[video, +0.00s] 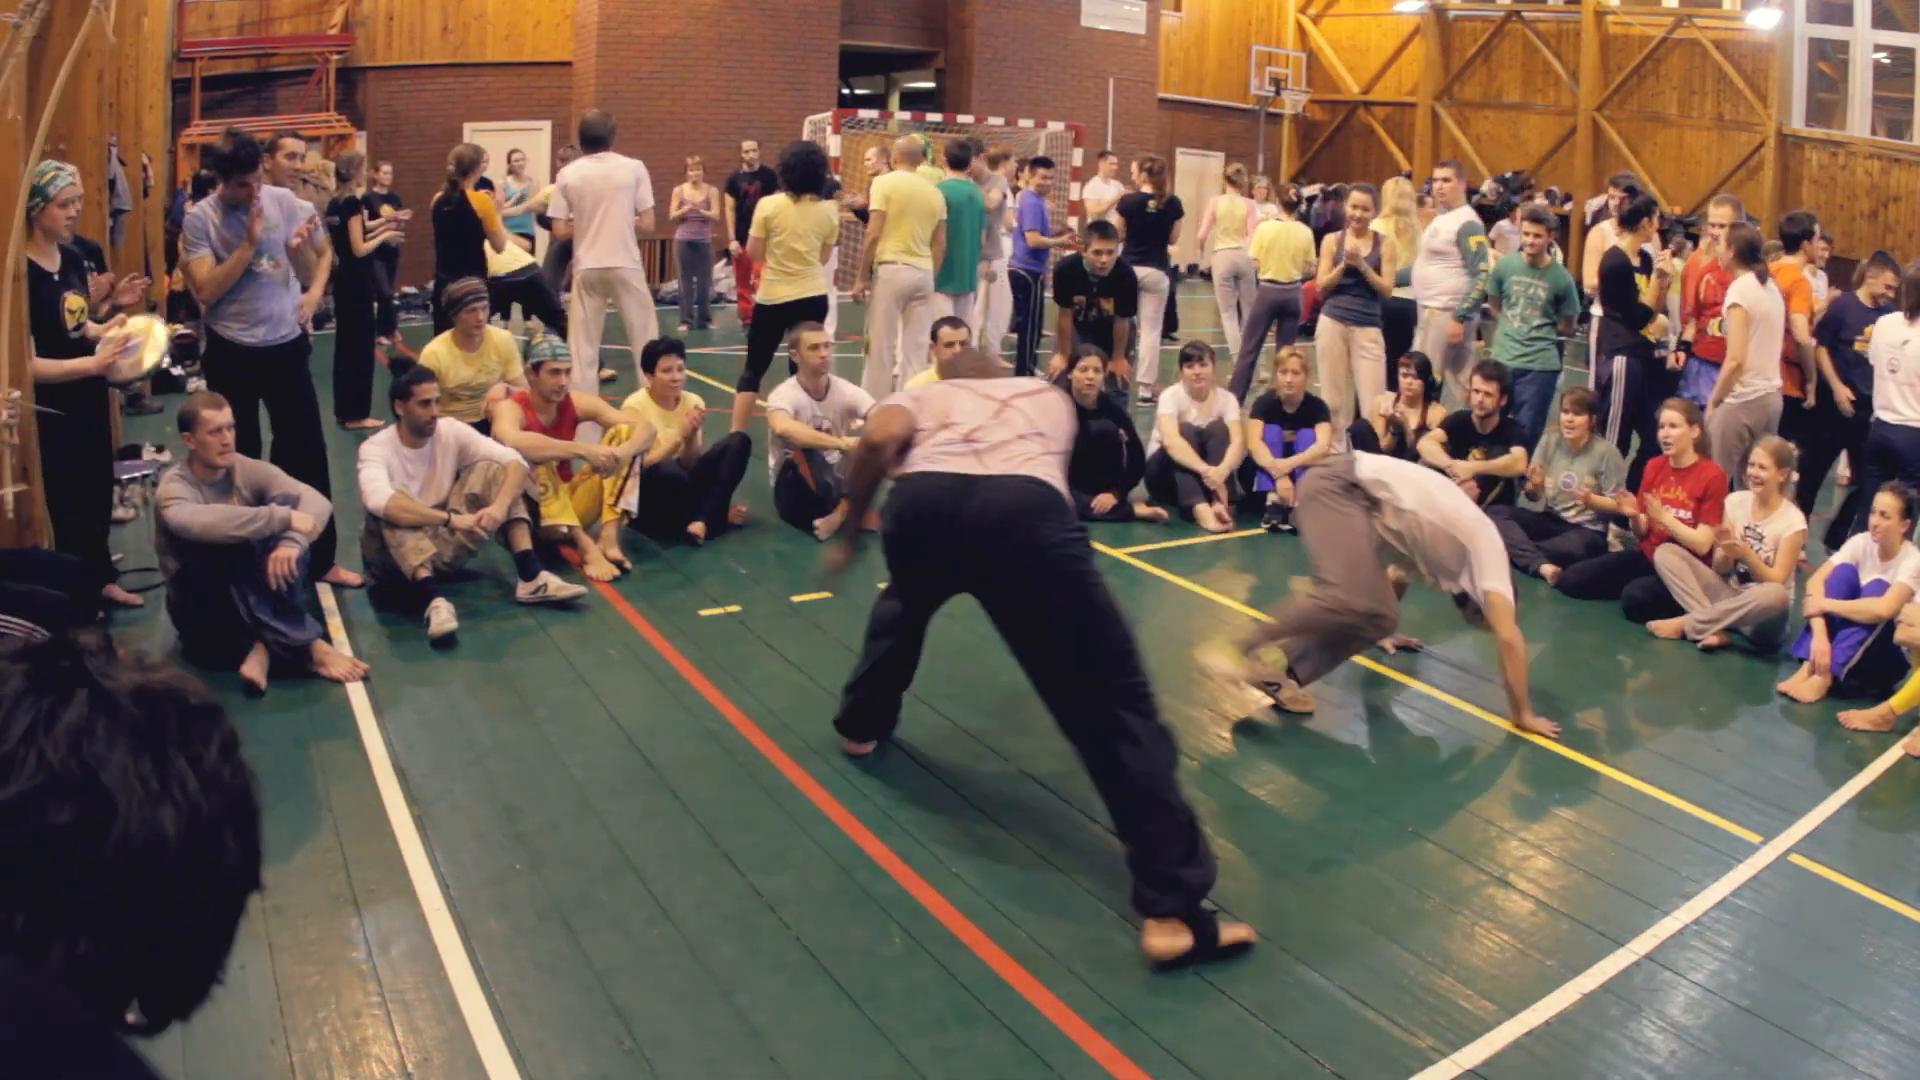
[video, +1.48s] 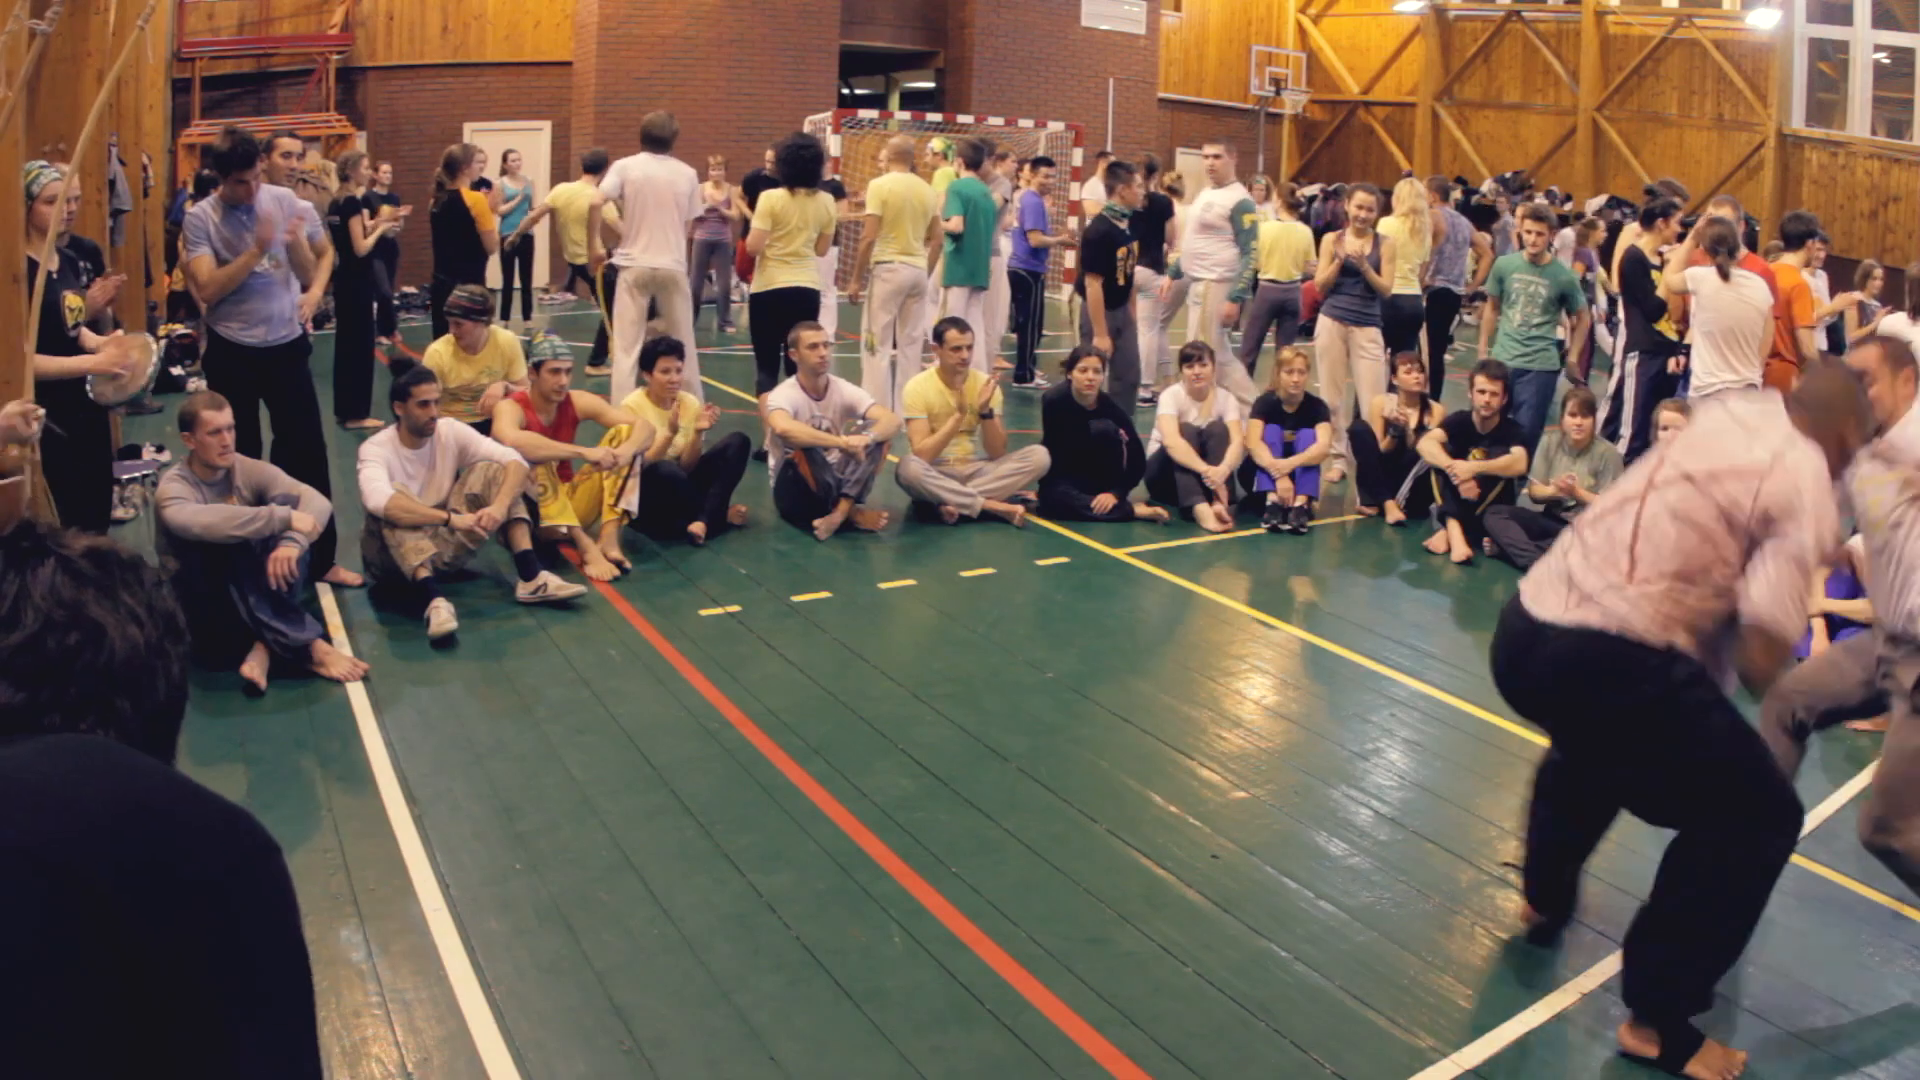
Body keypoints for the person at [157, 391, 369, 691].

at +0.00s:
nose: (227, 439)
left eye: (230, 429)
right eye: (215, 432)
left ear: (236, 429)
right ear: (190, 440)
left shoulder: (247, 469)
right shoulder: (174, 487)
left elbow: (316, 501)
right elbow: (191, 523)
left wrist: (292, 543)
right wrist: (283, 517)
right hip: (211, 617)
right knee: (213, 545)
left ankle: (264, 646)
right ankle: (310, 645)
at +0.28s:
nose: (228, 440)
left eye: (230, 429)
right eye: (215, 433)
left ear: (236, 429)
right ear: (189, 440)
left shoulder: (247, 469)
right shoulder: (174, 488)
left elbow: (316, 501)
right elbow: (192, 523)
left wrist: (292, 543)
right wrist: (283, 518)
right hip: (210, 615)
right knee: (216, 545)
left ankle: (264, 645)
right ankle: (311, 645)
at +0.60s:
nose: (228, 440)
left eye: (230, 429)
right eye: (215, 433)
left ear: (236, 429)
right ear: (189, 440)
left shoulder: (247, 469)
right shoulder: (175, 486)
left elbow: (316, 501)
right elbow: (190, 523)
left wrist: (292, 543)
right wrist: (283, 517)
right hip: (210, 615)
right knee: (212, 547)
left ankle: (263, 645)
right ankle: (310, 645)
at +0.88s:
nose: (228, 441)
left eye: (231, 430)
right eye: (215, 434)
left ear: (237, 429)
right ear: (189, 440)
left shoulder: (247, 469)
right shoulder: (174, 487)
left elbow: (317, 501)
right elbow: (192, 523)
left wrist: (292, 543)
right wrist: (283, 517)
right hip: (210, 614)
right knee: (211, 548)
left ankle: (263, 645)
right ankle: (309, 645)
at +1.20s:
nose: (227, 441)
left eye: (230, 430)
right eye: (214, 434)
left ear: (236, 429)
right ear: (189, 440)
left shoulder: (248, 469)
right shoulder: (174, 487)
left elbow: (317, 502)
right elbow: (192, 523)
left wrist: (292, 544)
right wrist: (284, 518)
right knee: (218, 544)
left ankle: (265, 644)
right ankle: (310, 645)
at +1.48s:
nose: (227, 441)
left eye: (230, 430)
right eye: (214, 433)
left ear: (236, 429)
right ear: (189, 440)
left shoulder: (248, 469)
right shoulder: (174, 487)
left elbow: (317, 501)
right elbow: (194, 523)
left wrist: (292, 543)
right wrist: (284, 517)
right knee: (217, 543)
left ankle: (265, 643)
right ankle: (310, 644)